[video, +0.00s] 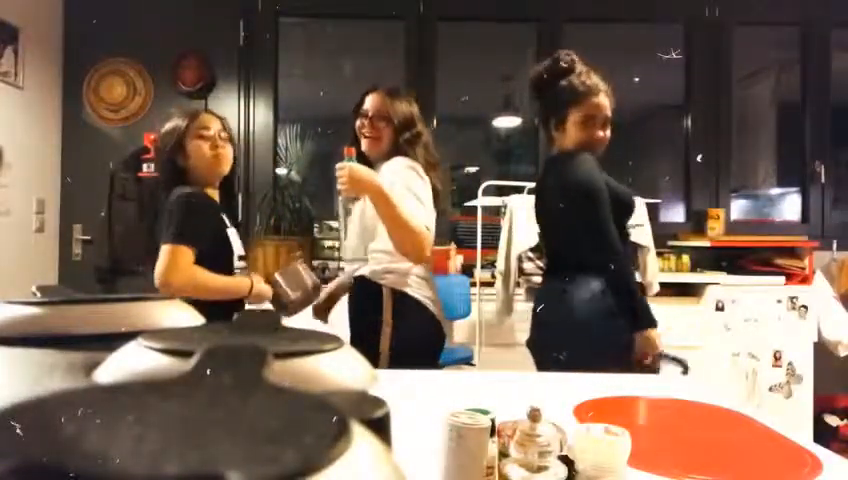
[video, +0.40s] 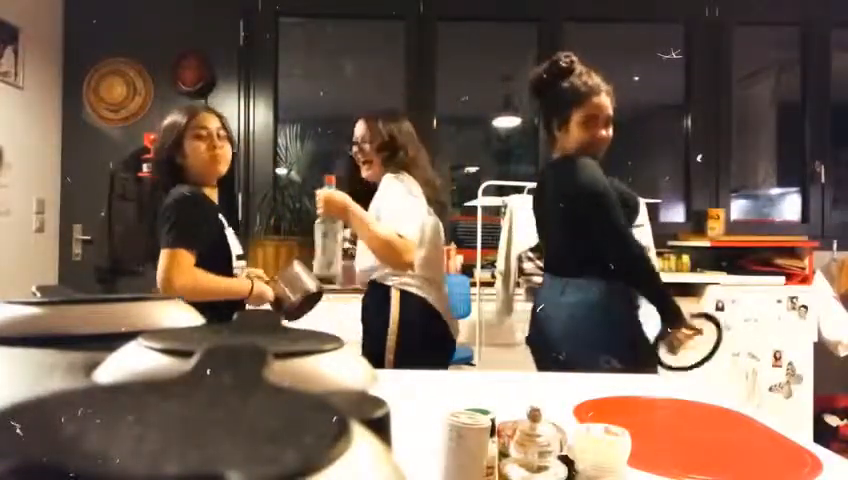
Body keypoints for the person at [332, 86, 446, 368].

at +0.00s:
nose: (366, 124)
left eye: (380, 118)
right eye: (362, 116)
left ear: (403, 128)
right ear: (355, 121)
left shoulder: (400, 170)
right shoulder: (383, 174)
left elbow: (419, 250)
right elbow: (379, 256)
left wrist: (374, 188)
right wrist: (338, 288)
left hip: (394, 307)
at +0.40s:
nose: (356, 152)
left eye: (363, 143)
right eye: (354, 145)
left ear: (389, 143)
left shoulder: (396, 186)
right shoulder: (412, 188)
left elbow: (402, 255)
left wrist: (349, 210)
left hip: (402, 311)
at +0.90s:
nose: (394, 140)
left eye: (405, 133)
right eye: (391, 132)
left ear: (428, 142)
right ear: (385, 136)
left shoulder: (428, 189)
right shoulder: (407, 188)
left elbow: (427, 266)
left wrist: (378, 215)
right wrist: (360, 221)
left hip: (411, 307)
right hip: (391, 303)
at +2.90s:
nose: (405, 122)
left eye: (417, 117)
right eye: (400, 115)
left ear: (438, 128)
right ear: (392, 123)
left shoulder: (440, 192)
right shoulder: (401, 190)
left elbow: (457, 281)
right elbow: (402, 257)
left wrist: (383, 255)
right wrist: (361, 231)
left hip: (424, 318)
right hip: (393, 312)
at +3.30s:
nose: (404, 118)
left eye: (416, 112)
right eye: (399, 109)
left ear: (438, 123)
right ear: (392, 117)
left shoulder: (436, 184)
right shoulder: (405, 182)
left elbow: (461, 272)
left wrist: (386, 252)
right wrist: (362, 231)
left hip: (419, 316)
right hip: (392, 310)